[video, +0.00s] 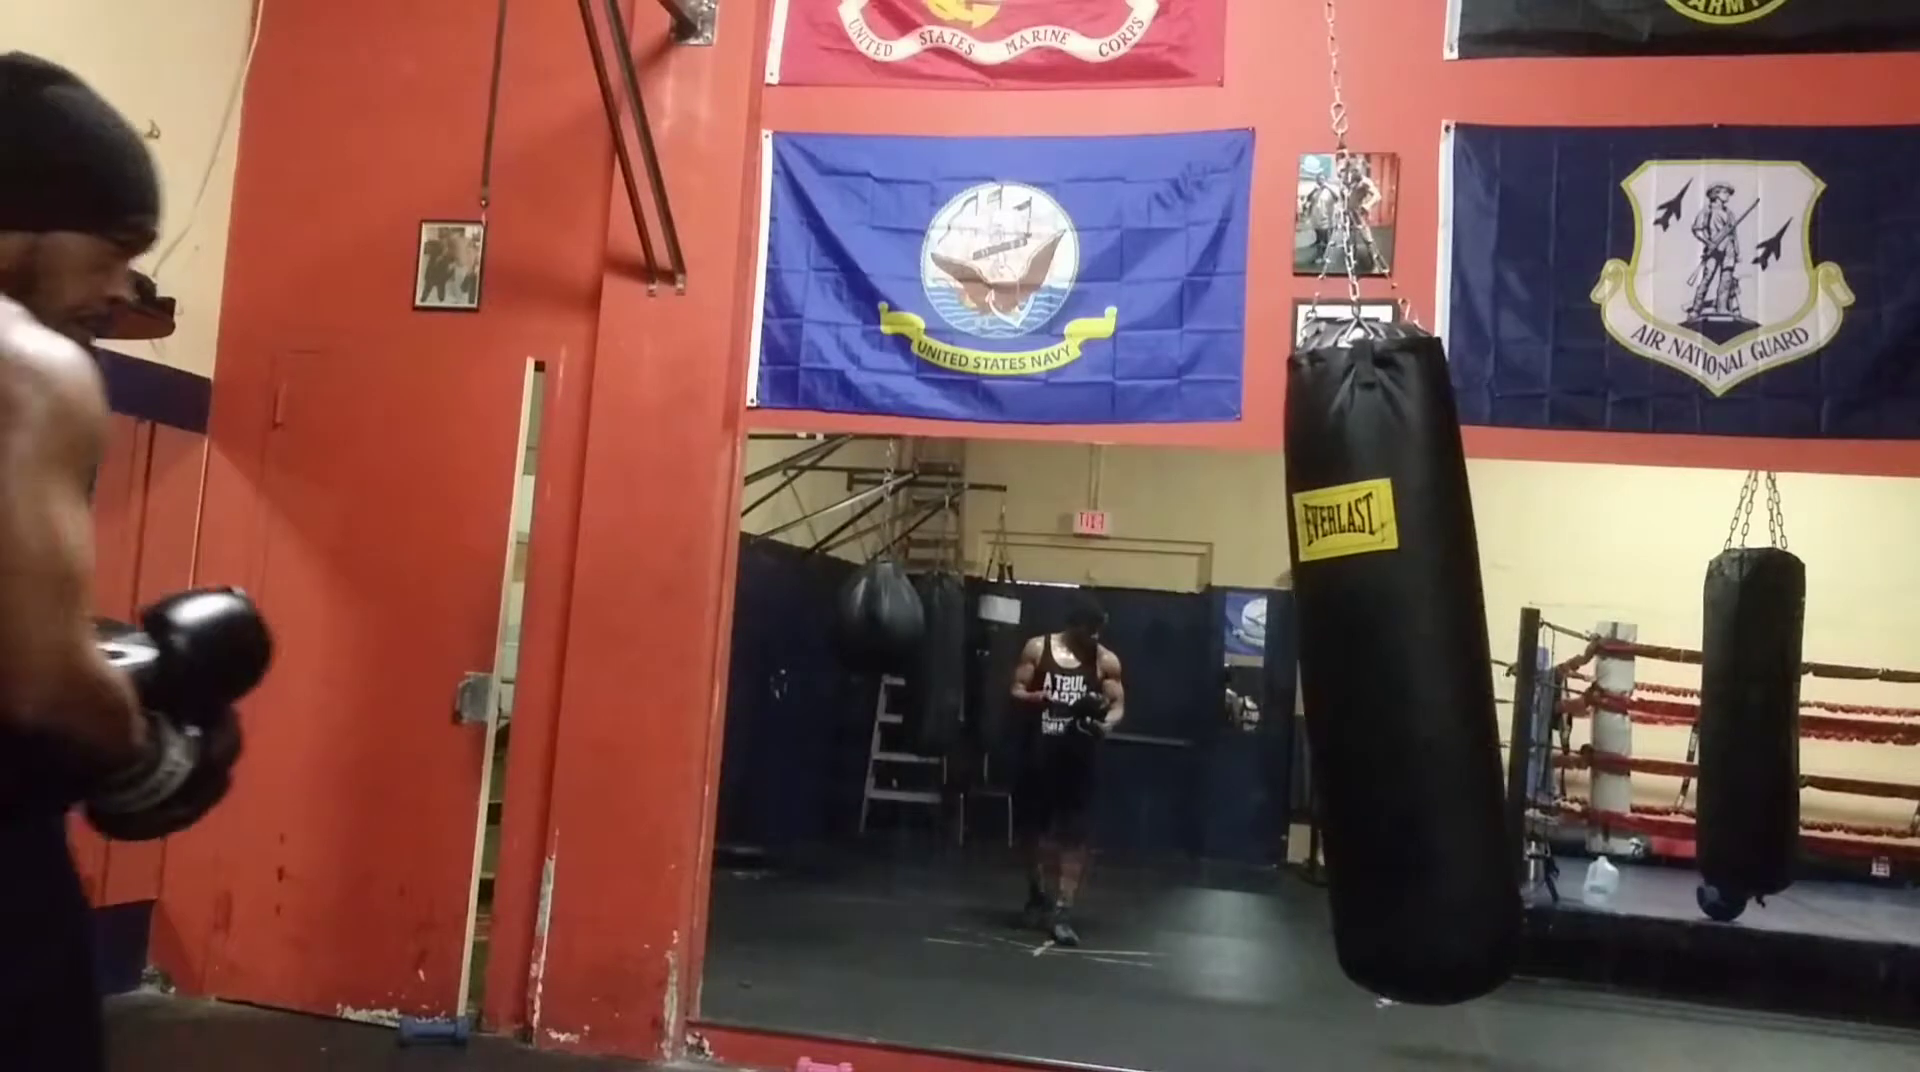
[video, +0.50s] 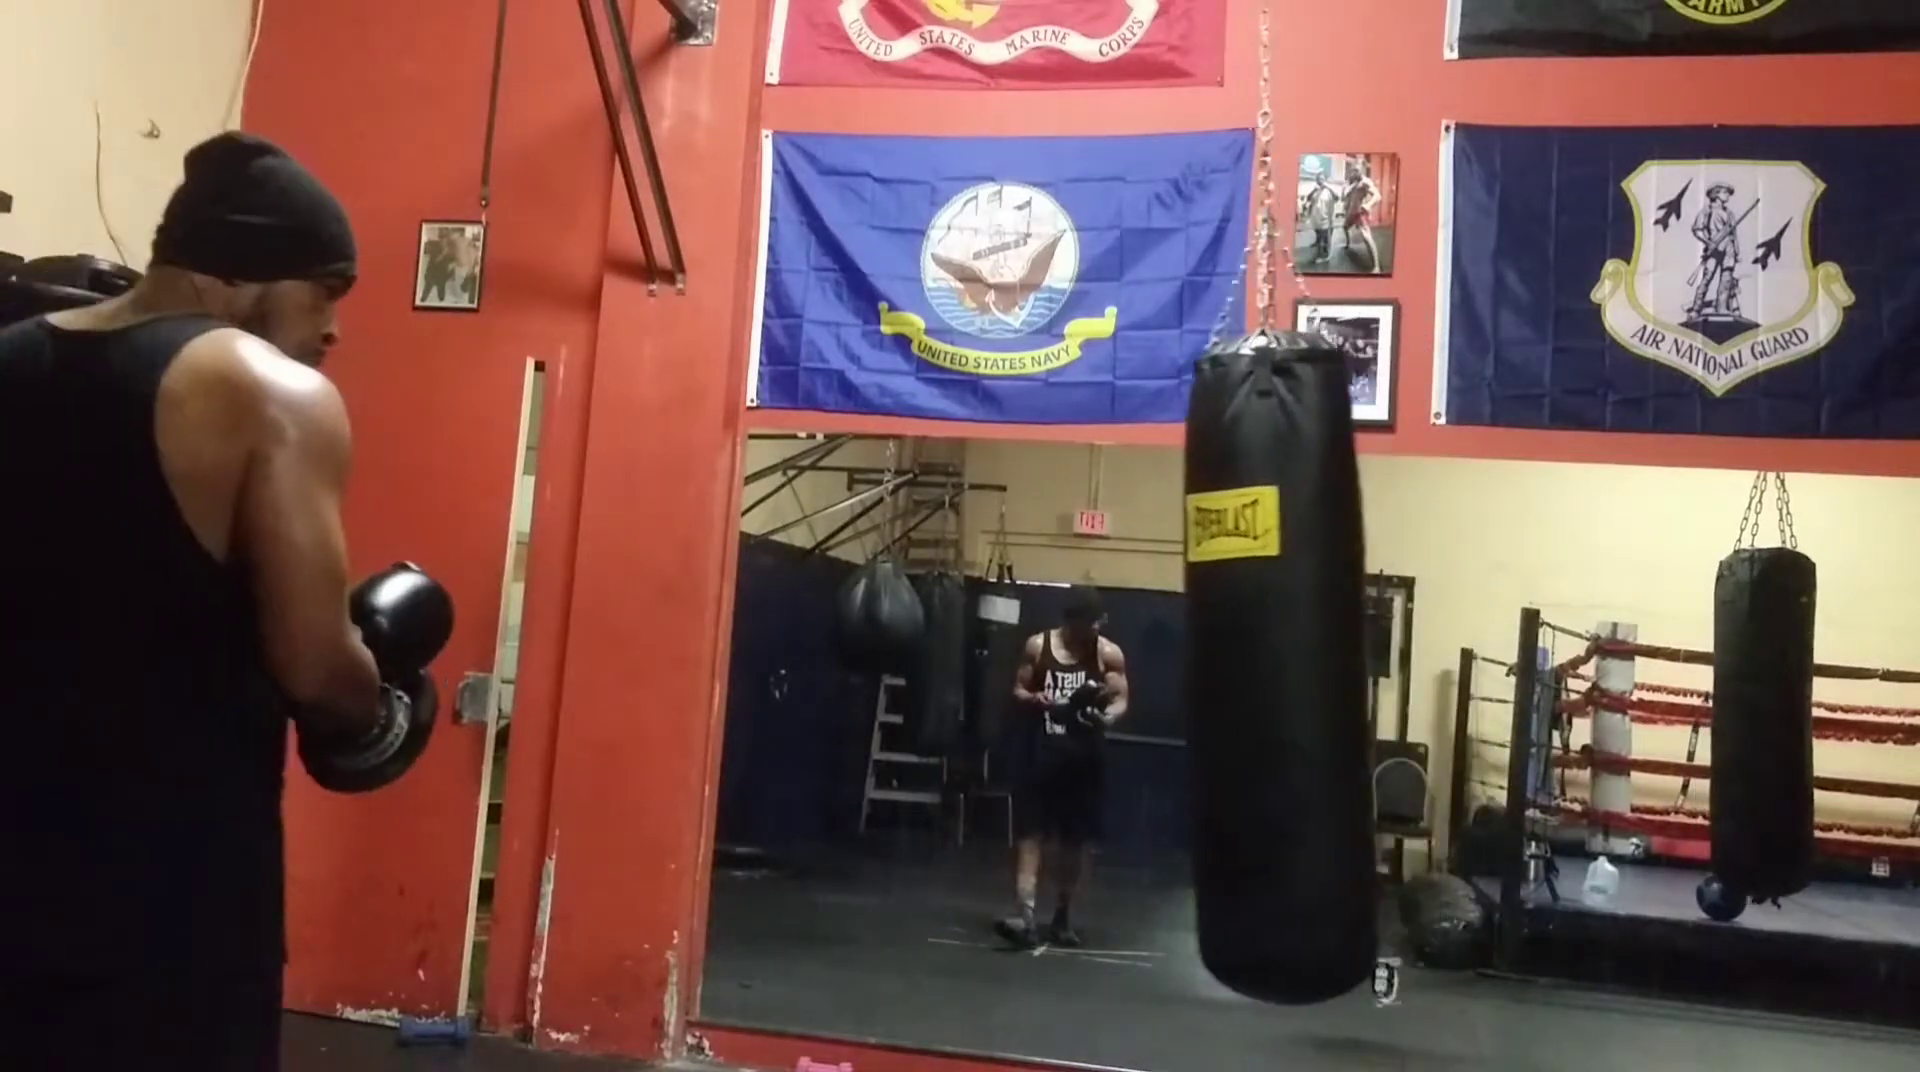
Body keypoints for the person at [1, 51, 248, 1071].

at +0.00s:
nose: (125, 290)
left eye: (135, 260)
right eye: (117, 250)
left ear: (24, 236)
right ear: (29, 228)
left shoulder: (41, 370)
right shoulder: (37, 371)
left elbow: (27, 652)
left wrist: (117, 672)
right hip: (15, 893)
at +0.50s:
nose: (334, 332)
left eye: (340, 299)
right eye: (325, 293)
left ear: (189, 267)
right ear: (238, 277)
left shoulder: (23, 350)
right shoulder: (275, 395)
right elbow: (314, 666)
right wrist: (370, 710)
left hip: (16, 824)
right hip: (175, 855)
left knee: (36, 1035)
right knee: (183, 1044)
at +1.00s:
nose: (400, 387)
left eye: (405, 366)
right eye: (398, 363)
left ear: (275, 322)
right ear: (357, 344)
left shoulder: (122, 435)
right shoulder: (370, 435)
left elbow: (64, 649)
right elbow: (413, 660)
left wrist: (200, 658)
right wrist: (457, 714)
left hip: (152, 841)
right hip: (313, 854)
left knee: (145, 1048)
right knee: (332, 1048)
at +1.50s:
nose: (440, 427)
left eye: (441, 416)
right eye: (444, 415)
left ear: (342, 366)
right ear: (434, 400)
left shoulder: (204, 465)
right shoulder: (452, 477)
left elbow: (153, 657)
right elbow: (499, 675)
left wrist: (273, 662)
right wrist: (523, 636)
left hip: (223, 853)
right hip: (383, 866)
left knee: (207, 1055)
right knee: (373, 1054)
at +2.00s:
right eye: (501, 415)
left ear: (407, 396)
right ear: (501, 420)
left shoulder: (301, 477)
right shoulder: (538, 513)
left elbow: (231, 646)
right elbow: (560, 686)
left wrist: (337, 650)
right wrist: (474, 723)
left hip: (300, 830)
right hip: (443, 851)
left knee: (271, 1044)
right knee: (423, 1052)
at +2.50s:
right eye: (486, 434)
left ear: (404, 418)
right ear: (488, 437)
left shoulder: (307, 499)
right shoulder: (517, 516)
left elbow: (243, 652)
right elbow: (556, 671)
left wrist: (344, 653)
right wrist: (510, 712)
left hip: (324, 813)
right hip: (449, 824)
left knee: (315, 1030)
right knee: (430, 1032)